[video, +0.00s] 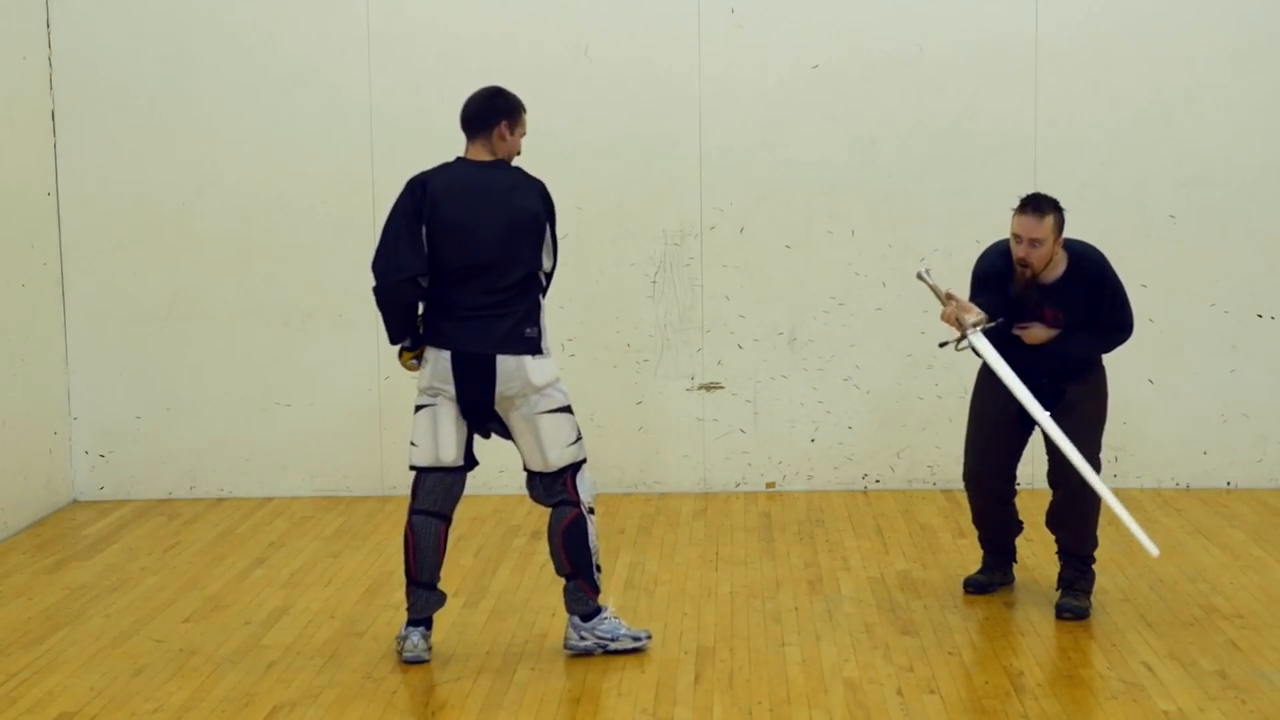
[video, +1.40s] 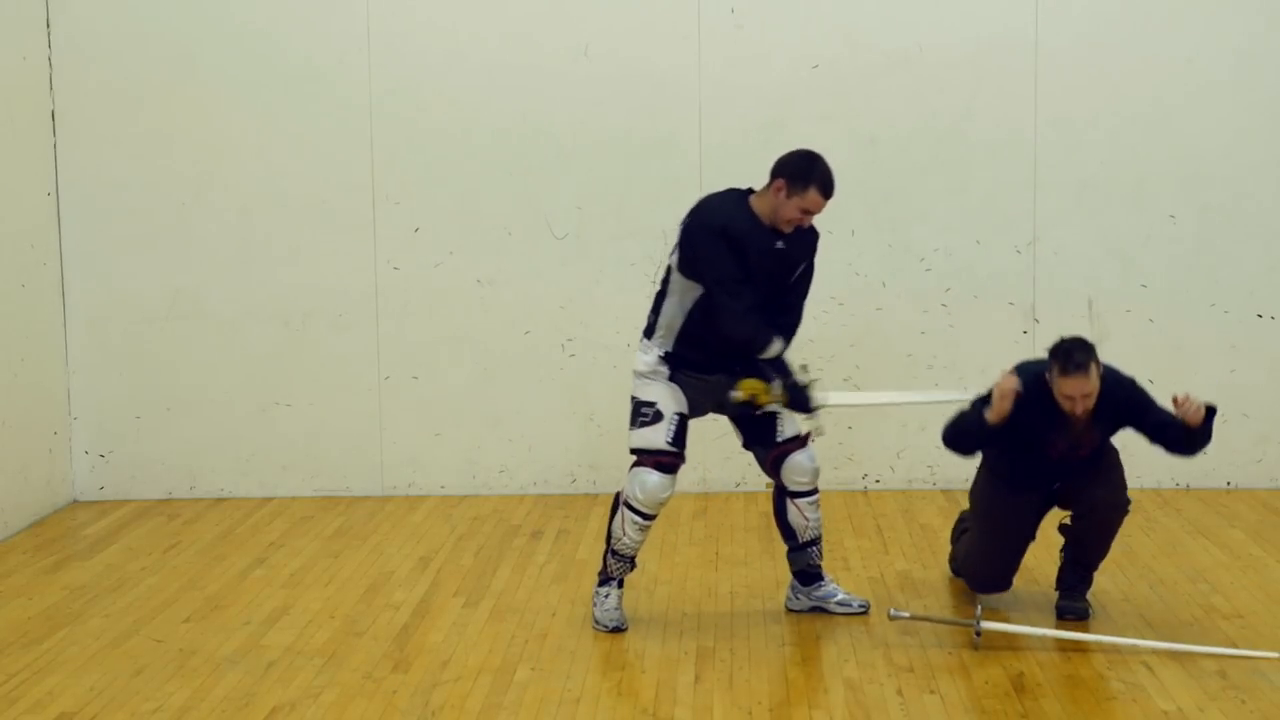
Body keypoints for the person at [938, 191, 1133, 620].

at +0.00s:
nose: (1024, 252)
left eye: (1035, 243)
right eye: (1018, 240)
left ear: (1058, 240)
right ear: (1011, 233)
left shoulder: (1090, 267)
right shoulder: (994, 264)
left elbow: (1119, 327)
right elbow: (989, 338)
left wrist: (1056, 337)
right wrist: (973, 323)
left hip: (1074, 375)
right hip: (1005, 370)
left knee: (1075, 476)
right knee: (984, 470)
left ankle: (1075, 582)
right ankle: (997, 563)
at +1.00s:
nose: (1042, 284)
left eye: (1055, 279)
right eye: (1038, 271)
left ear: (1078, 276)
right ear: (1031, 257)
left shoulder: (1101, 290)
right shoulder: (1003, 275)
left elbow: (1119, 344)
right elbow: (973, 357)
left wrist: (1060, 354)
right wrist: (980, 334)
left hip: (1073, 388)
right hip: (1002, 380)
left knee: (1077, 480)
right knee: (979, 476)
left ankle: (1075, 582)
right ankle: (996, 562)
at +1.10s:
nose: (1049, 320)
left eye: (1060, 317)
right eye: (1046, 309)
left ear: (1082, 306)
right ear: (1041, 285)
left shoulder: (1109, 303)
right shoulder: (1012, 282)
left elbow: (1121, 356)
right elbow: (961, 358)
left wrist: (1092, 378)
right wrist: (974, 336)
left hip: (1076, 397)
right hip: (1004, 386)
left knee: (1079, 483)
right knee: (977, 477)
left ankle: (1075, 582)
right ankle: (994, 561)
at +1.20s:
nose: (1059, 358)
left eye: (1068, 355)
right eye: (1053, 350)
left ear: (1091, 330)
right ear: (1042, 319)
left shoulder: (1114, 311)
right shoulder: (1013, 306)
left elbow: (1141, 359)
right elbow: (952, 360)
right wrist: (969, 340)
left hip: (1081, 405)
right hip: (1008, 398)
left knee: (1088, 492)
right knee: (977, 490)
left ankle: (1076, 584)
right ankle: (971, 532)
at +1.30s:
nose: (1071, 375)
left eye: (1079, 368)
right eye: (1063, 368)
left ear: (1094, 342)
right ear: (1047, 348)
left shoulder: (1120, 344)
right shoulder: (1016, 341)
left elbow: (1165, 393)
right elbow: (948, 383)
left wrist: (1186, 385)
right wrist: (975, 348)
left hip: (1085, 433)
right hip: (1013, 429)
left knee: (1094, 501)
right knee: (987, 530)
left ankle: (1075, 587)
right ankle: (965, 538)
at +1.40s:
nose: (1079, 406)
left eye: (1087, 396)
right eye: (1068, 397)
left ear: (1099, 379)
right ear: (1051, 382)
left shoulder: (1118, 391)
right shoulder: (1022, 385)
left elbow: (1182, 443)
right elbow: (955, 439)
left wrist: (1196, 424)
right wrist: (993, 416)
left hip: (1083, 477)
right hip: (1015, 479)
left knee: (1108, 506)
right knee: (986, 580)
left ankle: (1074, 588)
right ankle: (966, 534)